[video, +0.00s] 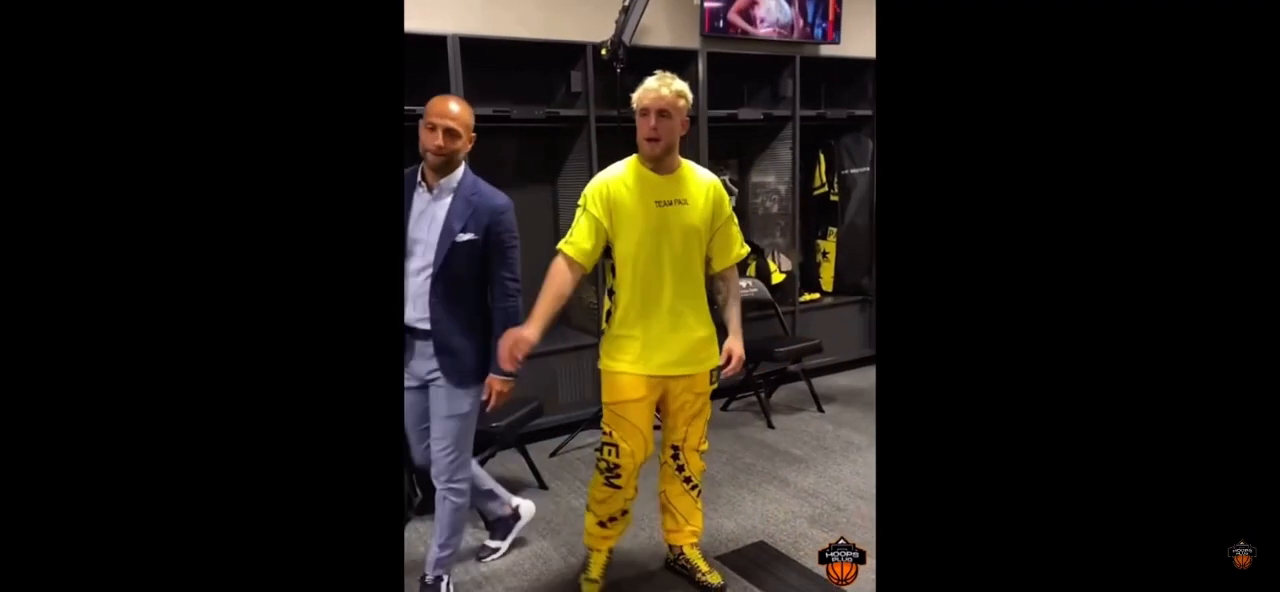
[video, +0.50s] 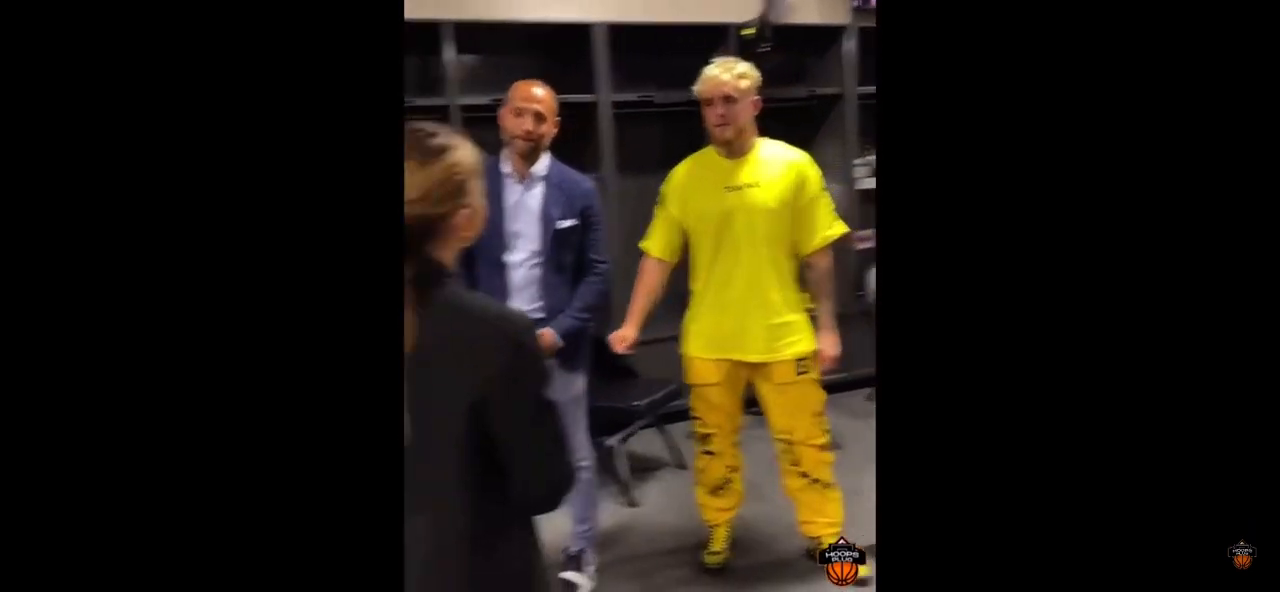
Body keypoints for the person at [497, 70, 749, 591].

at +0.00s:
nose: (651, 124)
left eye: (663, 115)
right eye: (644, 114)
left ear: (685, 124)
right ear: (634, 122)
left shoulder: (709, 189)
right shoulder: (607, 188)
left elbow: (727, 272)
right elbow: (570, 261)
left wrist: (734, 333)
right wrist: (534, 325)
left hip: (692, 348)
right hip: (628, 349)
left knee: (687, 456)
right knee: (621, 458)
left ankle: (683, 545)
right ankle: (598, 551)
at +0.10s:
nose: (649, 122)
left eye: (661, 113)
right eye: (641, 112)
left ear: (682, 121)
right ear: (631, 120)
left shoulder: (708, 188)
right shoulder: (607, 188)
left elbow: (727, 272)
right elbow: (593, 275)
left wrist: (737, 338)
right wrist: (587, 348)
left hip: (694, 349)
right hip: (627, 349)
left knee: (693, 454)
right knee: (614, 454)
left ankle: (693, 544)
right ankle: (591, 539)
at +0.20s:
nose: (650, 119)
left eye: (662, 109)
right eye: (642, 109)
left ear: (683, 116)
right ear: (631, 117)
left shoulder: (711, 184)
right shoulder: (609, 187)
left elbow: (734, 268)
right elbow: (604, 273)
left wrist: (745, 336)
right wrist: (608, 345)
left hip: (701, 345)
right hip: (633, 347)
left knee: (706, 450)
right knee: (618, 451)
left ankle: (709, 541)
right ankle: (606, 538)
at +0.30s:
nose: (662, 116)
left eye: (672, 105)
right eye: (653, 107)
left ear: (694, 112)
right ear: (642, 114)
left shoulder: (727, 178)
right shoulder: (621, 185)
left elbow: (750, 262)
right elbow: (609, 266)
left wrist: (761, 329)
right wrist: (598, 336)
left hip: (717, 337)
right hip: (646, 340)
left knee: (728, 443)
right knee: (638, 445)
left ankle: (734, 536)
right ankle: (634, 533)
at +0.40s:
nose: (683, 114)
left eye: (694, 104)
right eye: (675, 105)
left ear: (717, 108)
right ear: (665, 112)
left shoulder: (756, 173)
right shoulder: (648, 182)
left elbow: (780, 257)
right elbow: (626, 260)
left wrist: (790, 328)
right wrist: (604, 327)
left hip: (744, 334)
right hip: (674, 337)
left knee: (761, 441)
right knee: (671, 442)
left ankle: (774, 536)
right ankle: (671, 531)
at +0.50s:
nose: (717, 112)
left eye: (728, 101)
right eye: (709, 103)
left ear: (755, 104)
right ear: (700, 109)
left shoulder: (794, 167)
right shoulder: (685, 177)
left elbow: (817, 251)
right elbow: (658, 254)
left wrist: (827, 326)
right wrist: (632, 323)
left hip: (784, 331)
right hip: (711, 334)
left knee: (806, 439)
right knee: (713, 439)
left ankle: (824, 536)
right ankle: (718, 526)